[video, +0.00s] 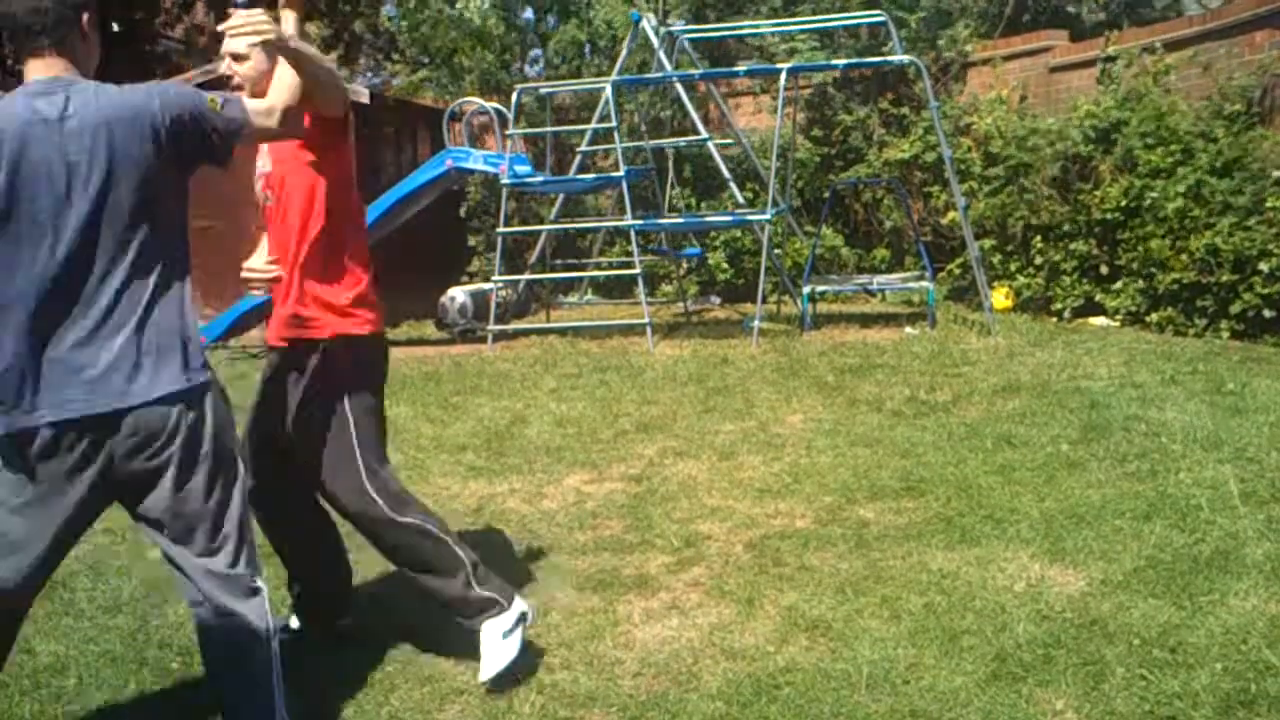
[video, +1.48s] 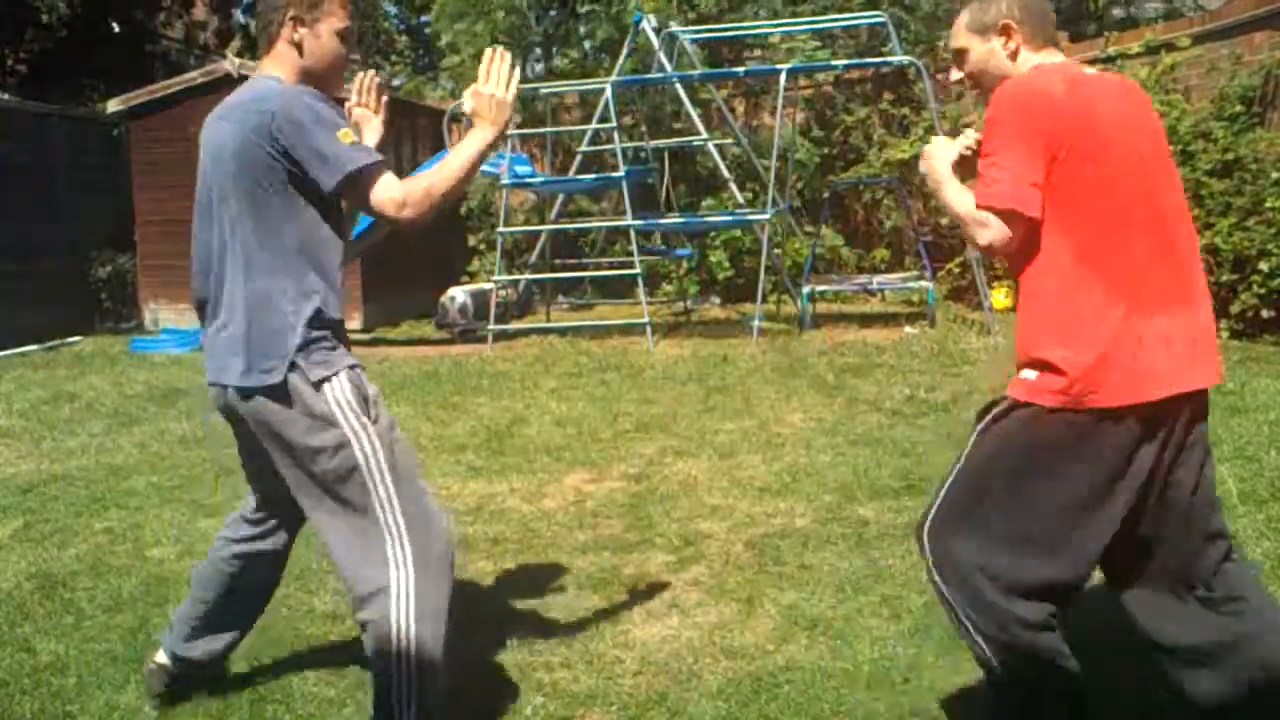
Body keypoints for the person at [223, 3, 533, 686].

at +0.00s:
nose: (232, 67)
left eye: (243, 53)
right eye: (227, 55)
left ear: (278, 54)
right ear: (230, 61)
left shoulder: (318, 114)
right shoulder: (263, 129)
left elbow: (330, 93)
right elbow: (296, 225)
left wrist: (289, 44)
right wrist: (271, 264)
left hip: (343, 338)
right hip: (296, 341)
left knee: (354, 482)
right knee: (273, 482)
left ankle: (492, 608)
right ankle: (322, 613)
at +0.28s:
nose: (373, 54)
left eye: (387, 40)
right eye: (369, 45)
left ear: (432, 48)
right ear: (377, 58)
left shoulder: (474, 106)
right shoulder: (391, 133)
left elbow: (421, 147)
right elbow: (343, 203)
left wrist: (321, 76)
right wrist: (253, 227)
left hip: (455, 353)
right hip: (385, 352)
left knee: (472, 527)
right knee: (361, 495)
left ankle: (547, 670)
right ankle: (364, 609)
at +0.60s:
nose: (497, 65)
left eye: (513, 54)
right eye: (495, 53)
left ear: (561, 66)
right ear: (493, 62)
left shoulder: (615, 144)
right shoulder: (487, 138)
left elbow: (686, 236)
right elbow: (419, 212)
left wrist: (649, 286)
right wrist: (346, 227)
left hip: (610, 371)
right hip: (528, 367)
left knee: (640, 530)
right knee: (497, 500)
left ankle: (720, 685)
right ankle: (531, 610)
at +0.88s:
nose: (584, 26)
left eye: (589, 11)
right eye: (580, 15)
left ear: (632, 8)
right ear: (656, 14)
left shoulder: (653, 47)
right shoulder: (698, 85)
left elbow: (575, 54)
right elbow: (678, 208)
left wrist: (457, 11)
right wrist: (600, 175)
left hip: (701, 317)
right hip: (737, 314)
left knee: (659, 511)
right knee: (701, 505)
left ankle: (733, 701)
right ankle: (742, 694)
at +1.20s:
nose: (771, 83)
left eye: (776, 65)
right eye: (769, 67)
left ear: (824, 55)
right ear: (837, 55)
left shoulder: (843, 115)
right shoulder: (916, 111)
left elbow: (823, 243)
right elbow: (876, 218)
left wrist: (767, 207)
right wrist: (797, 155)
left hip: (879, 396)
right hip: (966, 388)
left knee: (758, 564)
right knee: (1056, 543)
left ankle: (731, 705)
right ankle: (1237, 679)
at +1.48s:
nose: (957, 74)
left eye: (961, 54)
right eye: (953, 58)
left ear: (1008, 37)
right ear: (1025, 35)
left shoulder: (1025, 96)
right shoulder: (1123, 91)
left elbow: (1001, 237)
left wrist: (940, 176)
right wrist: (977, 163)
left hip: (1088, 381)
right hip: (1175, 373)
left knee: (964, 543)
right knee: (1188, 568)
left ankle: (1045, 702)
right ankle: (1267, 698)